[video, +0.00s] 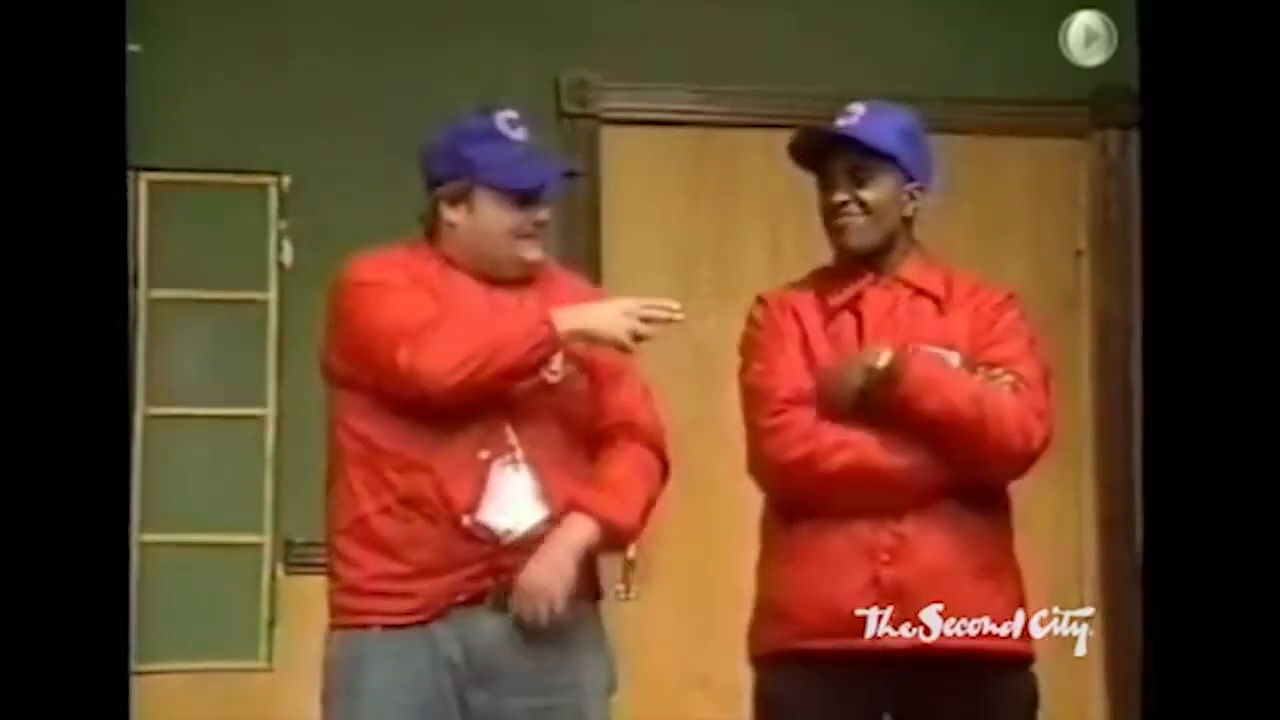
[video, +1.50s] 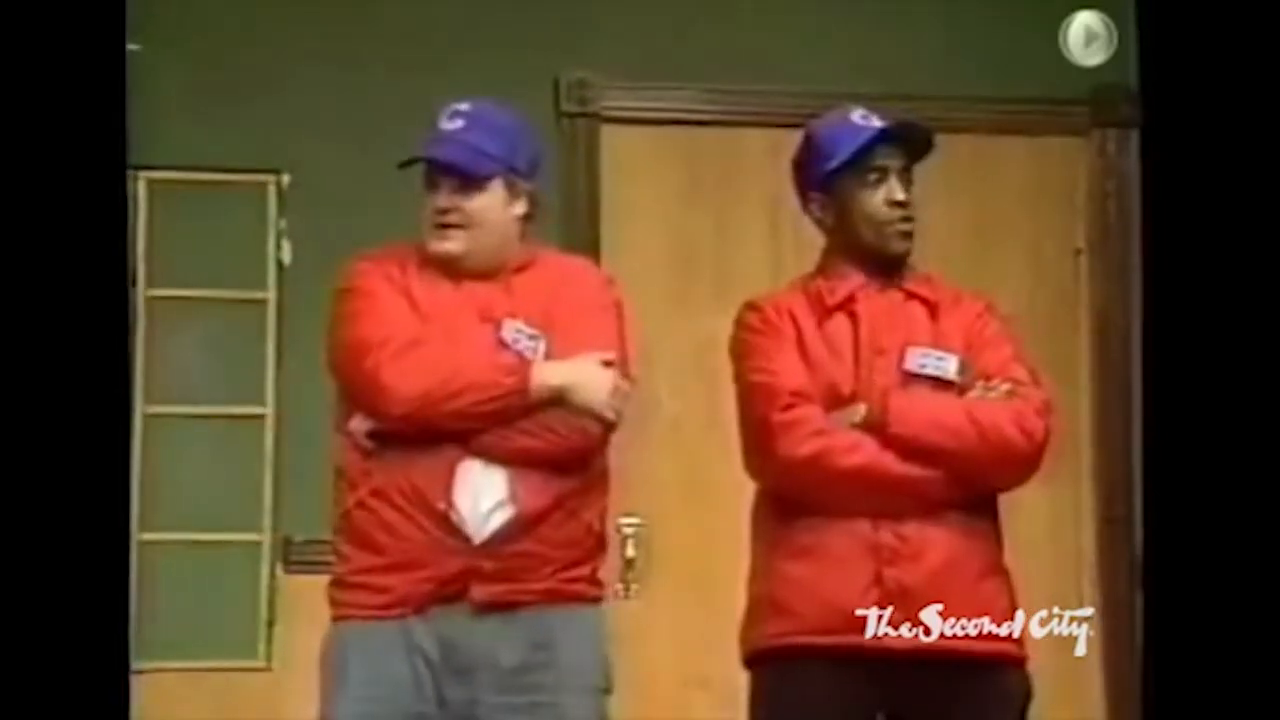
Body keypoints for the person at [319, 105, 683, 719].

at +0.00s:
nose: (541, 215)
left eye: (544, 199)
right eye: (520, 200)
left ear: (552, 200)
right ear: (453, 208)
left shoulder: (569, 296)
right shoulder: (374, 283)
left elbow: (637, 441)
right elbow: (433, 370)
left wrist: (570, 540)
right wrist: (561, 322)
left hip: (547, 625)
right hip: (394, 633)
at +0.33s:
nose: (511, 209)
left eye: (525, 191)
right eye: (488, 191)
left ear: (542, 202)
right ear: (436, 201)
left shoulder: (573, 288)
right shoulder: (379, 280)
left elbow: (589, 416)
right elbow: (439, 365)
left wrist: (437, 404)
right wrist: (574, 360)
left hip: (549, 614)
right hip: (397, 622)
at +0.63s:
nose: (458, 212)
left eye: (482, 197)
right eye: (444, 192)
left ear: (525, 217)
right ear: (425, 203)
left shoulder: (578, 297)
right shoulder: (376, 289)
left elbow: (593, 424)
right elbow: (416, 385)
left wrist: (432, 413)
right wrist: (566, 372)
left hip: (551, 612)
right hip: (390, 617)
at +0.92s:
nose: (446, 216)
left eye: (471, 199)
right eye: (436, 198)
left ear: (524, 217)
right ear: (422, 210)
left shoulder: (581, 297)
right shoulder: (381, 290)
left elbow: (590, 423)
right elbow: (406, 385)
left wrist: (426, 411)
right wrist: (563, 368)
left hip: (554, 609)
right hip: (389, 614)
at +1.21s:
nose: (448, 208)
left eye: (472, 191)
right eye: (438, 189)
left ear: (526, 206)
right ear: (424, 199)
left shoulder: (584, 290)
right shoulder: (382, 283)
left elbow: (584, 424)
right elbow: (403, 386)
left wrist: (425, 410)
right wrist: (559, 370)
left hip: (550, 612)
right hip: (391, 615)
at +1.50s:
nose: (442, 203)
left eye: (467, 186)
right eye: (434, 184)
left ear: (521, 201)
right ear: (422, 193)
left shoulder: (578, 286)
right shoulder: (377, 278)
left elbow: (578, 429)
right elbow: (394, 389)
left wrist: (410, 422)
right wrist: (550, 378)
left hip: (542, 615)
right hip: (386, 618)